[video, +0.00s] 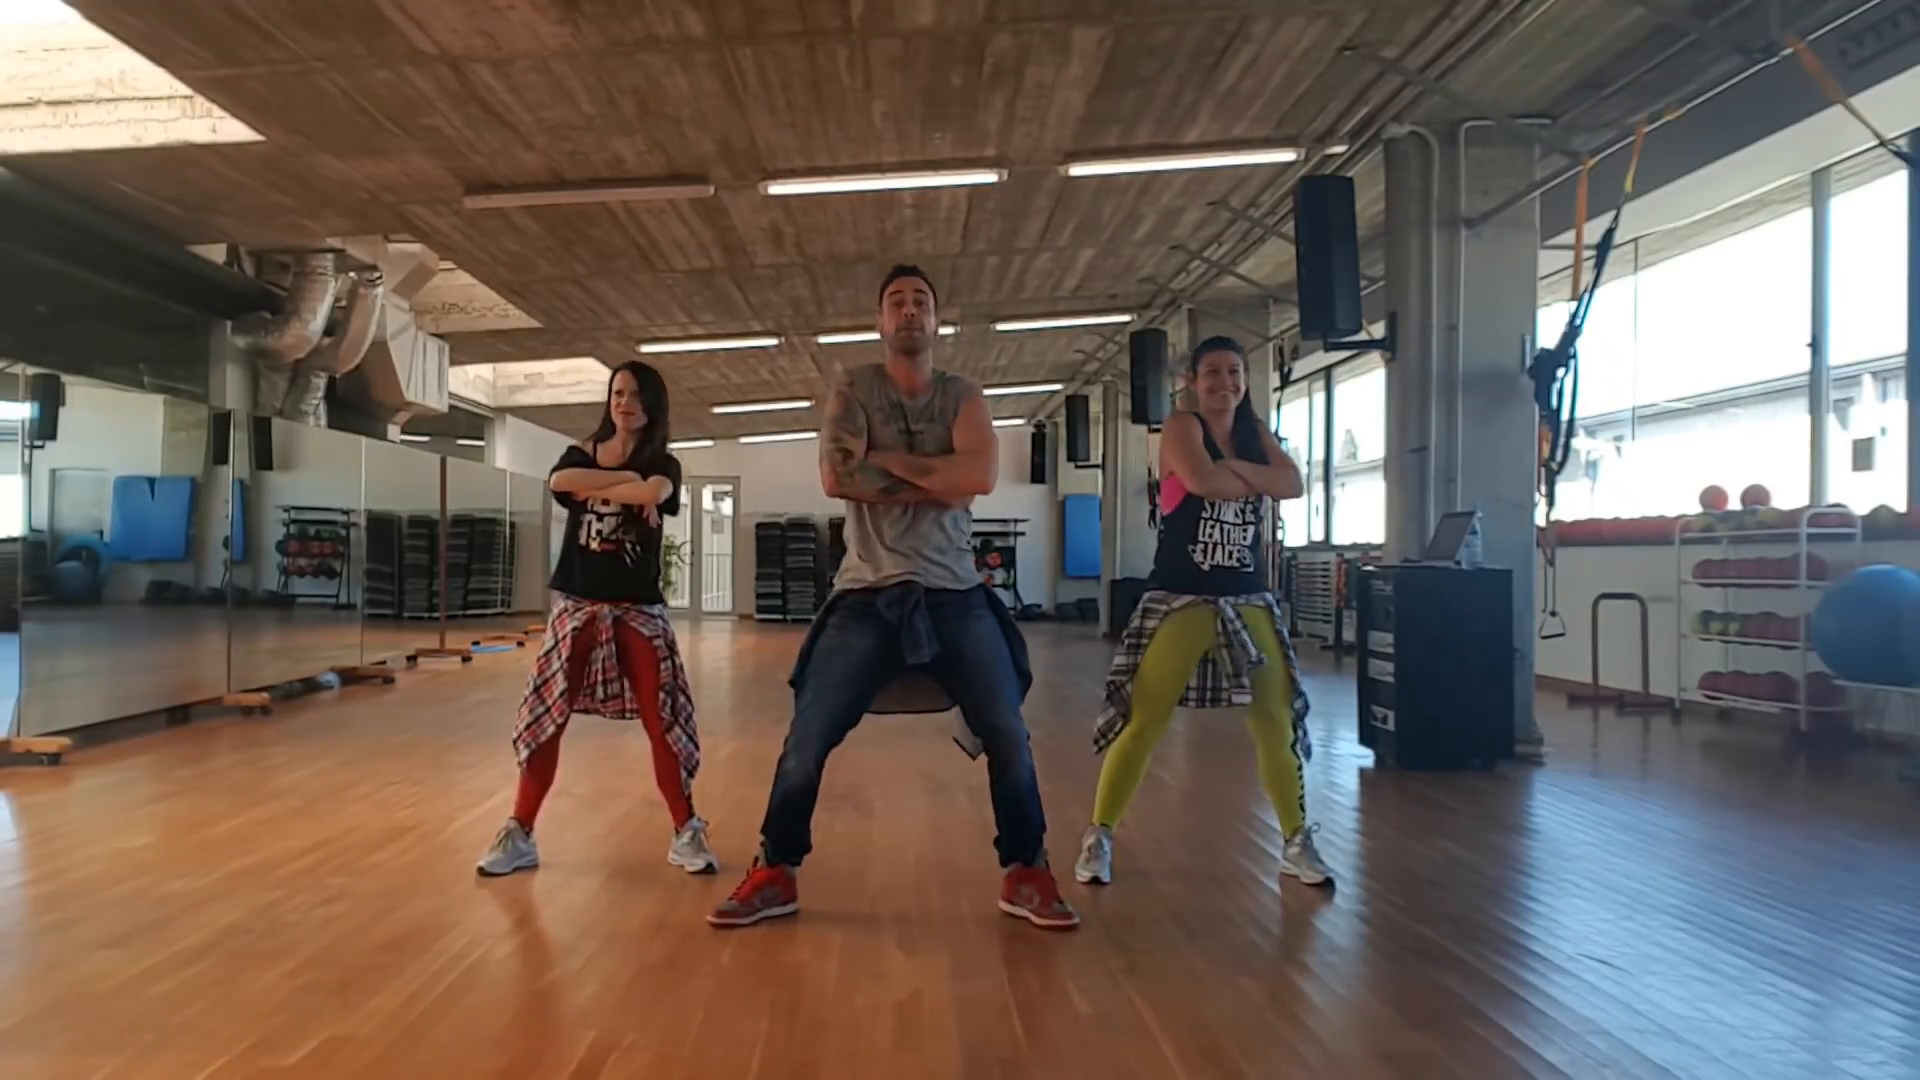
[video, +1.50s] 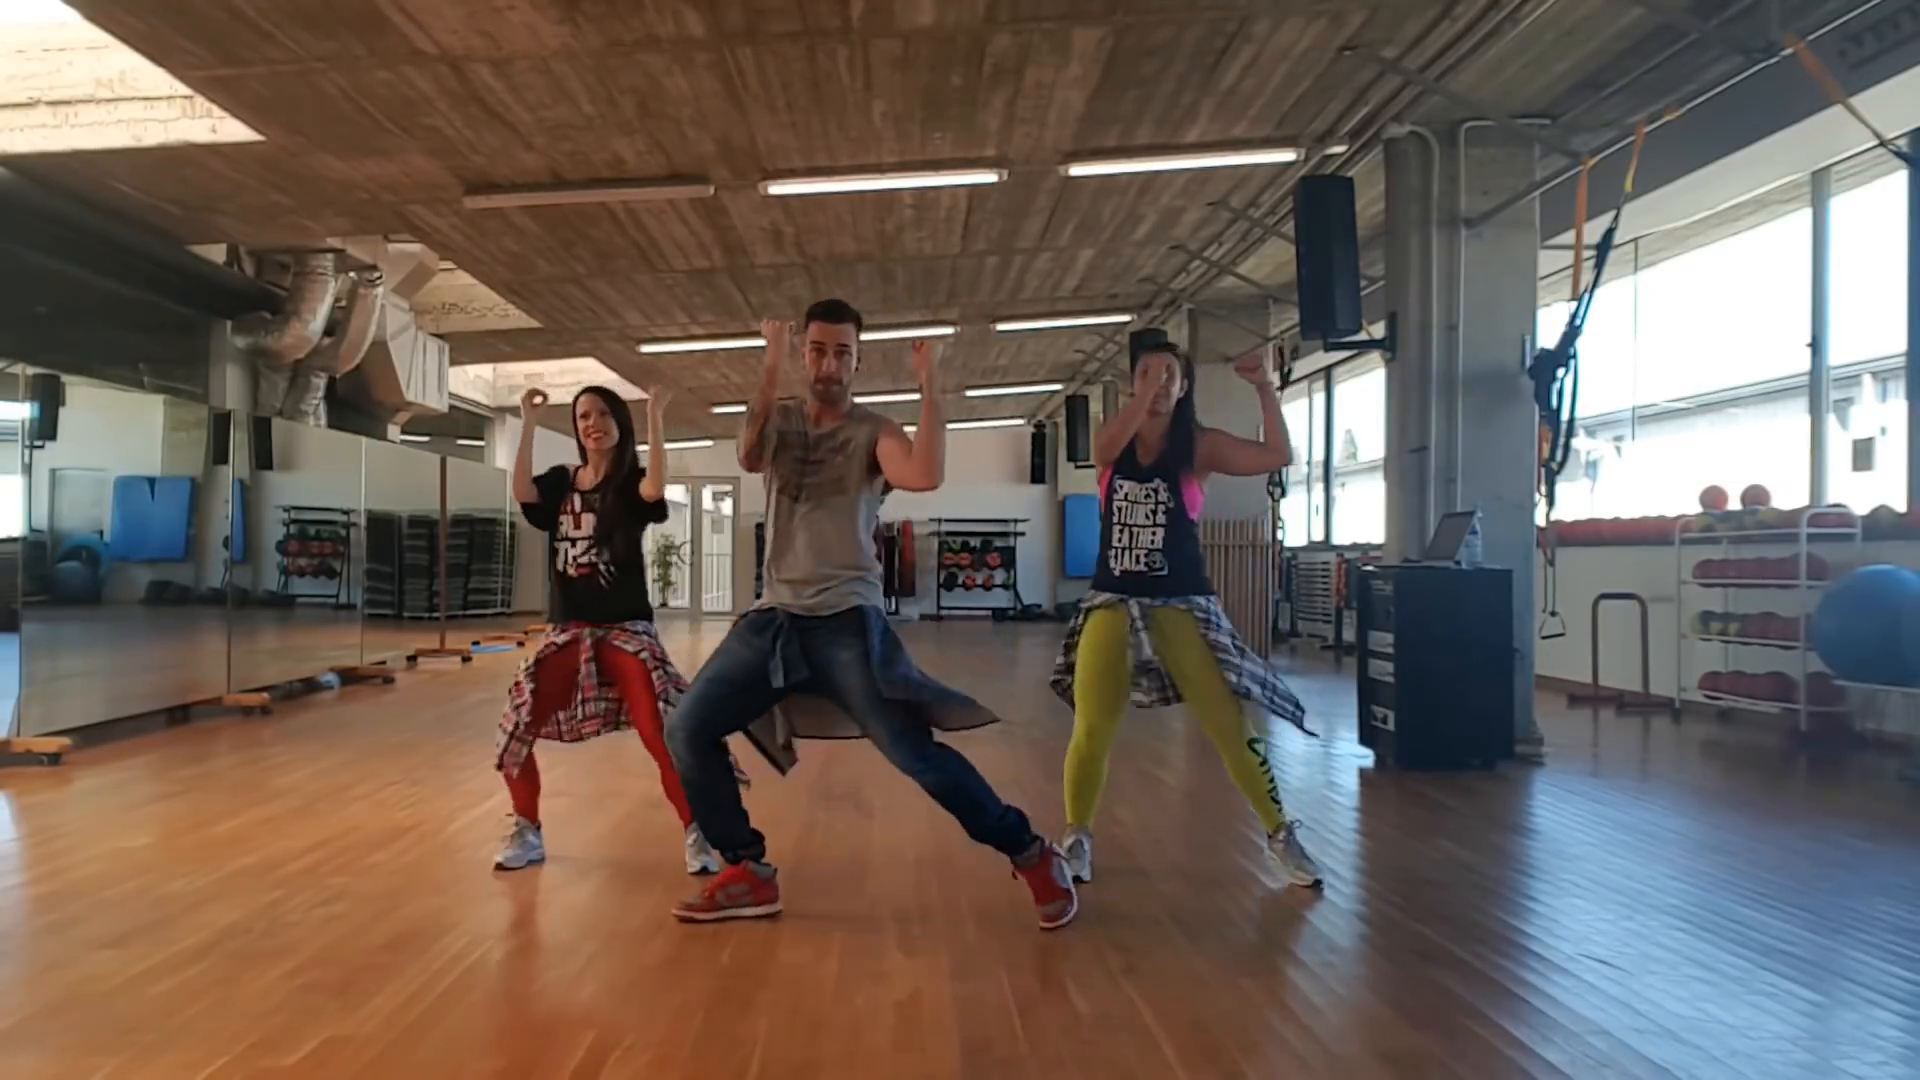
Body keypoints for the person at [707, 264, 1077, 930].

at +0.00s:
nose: (909, 309)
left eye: (920, 301)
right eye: (897, 301)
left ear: (937, 321)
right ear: (878, 321)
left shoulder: (963, 396)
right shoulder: (853, 392)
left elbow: (977, 476)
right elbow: (835, 480)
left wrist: (882, 458)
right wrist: (931, 488)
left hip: (954, 592)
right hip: (866, 592)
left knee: (1005, 727)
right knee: (809, 731)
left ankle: (1025, 873)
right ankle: (775, 872)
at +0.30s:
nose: (912, 314)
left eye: (923, 305)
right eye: (901, 305)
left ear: (940, 320)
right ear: (882, 321)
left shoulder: (964, 393)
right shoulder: (858, 391)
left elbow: (1012, 458)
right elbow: (819, 457)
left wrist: (994, 379)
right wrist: (842, 380)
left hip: (952, 588)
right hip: (864, 585)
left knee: (1005, 729)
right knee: (809, 723)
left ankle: (1025, 873)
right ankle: (773, 871)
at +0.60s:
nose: (912, 320)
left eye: (923, 311)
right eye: (900, 310)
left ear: (939, 325)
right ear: (882, 323)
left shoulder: (957, 395)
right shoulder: (856, 396)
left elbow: (990, 434)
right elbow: (815, 456)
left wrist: (992, 343)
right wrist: (807, 368)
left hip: (947, 589)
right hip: (860, 587)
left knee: (1000, 728)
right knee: (802, 728)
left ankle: (1023, 873)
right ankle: (773, 872)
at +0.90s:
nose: (931, 330)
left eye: (942, 320)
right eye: (919, 319)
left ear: (958, 331)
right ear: (900, 330)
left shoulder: (980, 402)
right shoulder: (871, 409)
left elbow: (1005, 436)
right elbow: (793, 461)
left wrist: (995, 338)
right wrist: (755, 391)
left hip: (975, 601)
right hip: (889, 600)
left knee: (1032, 739)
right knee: (820, 739)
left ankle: (1032, 873)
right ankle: (758, 864)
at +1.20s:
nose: (906, 341)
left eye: (917, 330)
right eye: (894, 330)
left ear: (934, 340)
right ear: (877, 338)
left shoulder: (958, 404)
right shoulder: (856, 407)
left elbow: (999, 439)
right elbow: (806, 442)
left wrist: (992, 346)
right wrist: (793, 365)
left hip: (946, 597)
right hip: (867, 592)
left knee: (987, 743)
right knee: (767, 704)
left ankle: (1057, 860)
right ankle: (780, 860)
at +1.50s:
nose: (829, 363)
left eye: (842, 353)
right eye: (819, 350)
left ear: (857, 362)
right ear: (801, 355)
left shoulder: (873, 431)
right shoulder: (780, 421)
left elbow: (923, 475)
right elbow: (750, 457)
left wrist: (927, 392)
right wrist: (770, 379)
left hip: (846, 610)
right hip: (775, 609)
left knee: (907, 749)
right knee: (687, 727)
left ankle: (1030, 854)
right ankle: (748, 870)